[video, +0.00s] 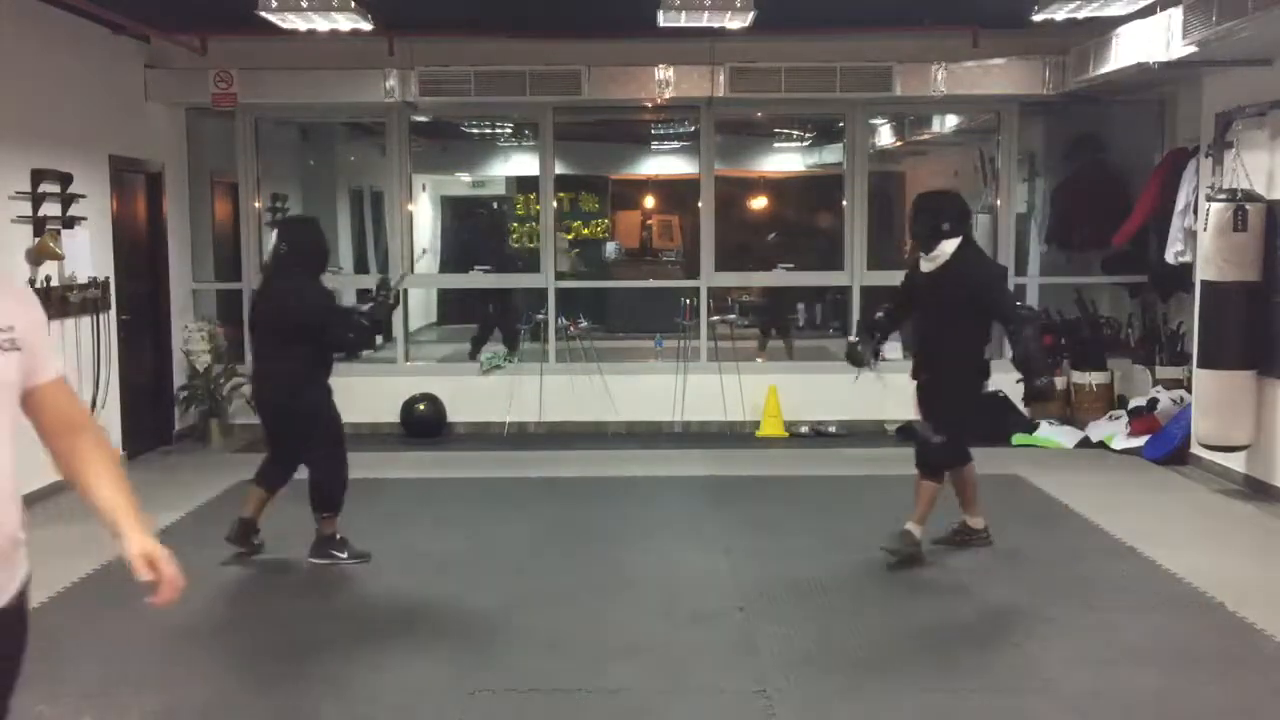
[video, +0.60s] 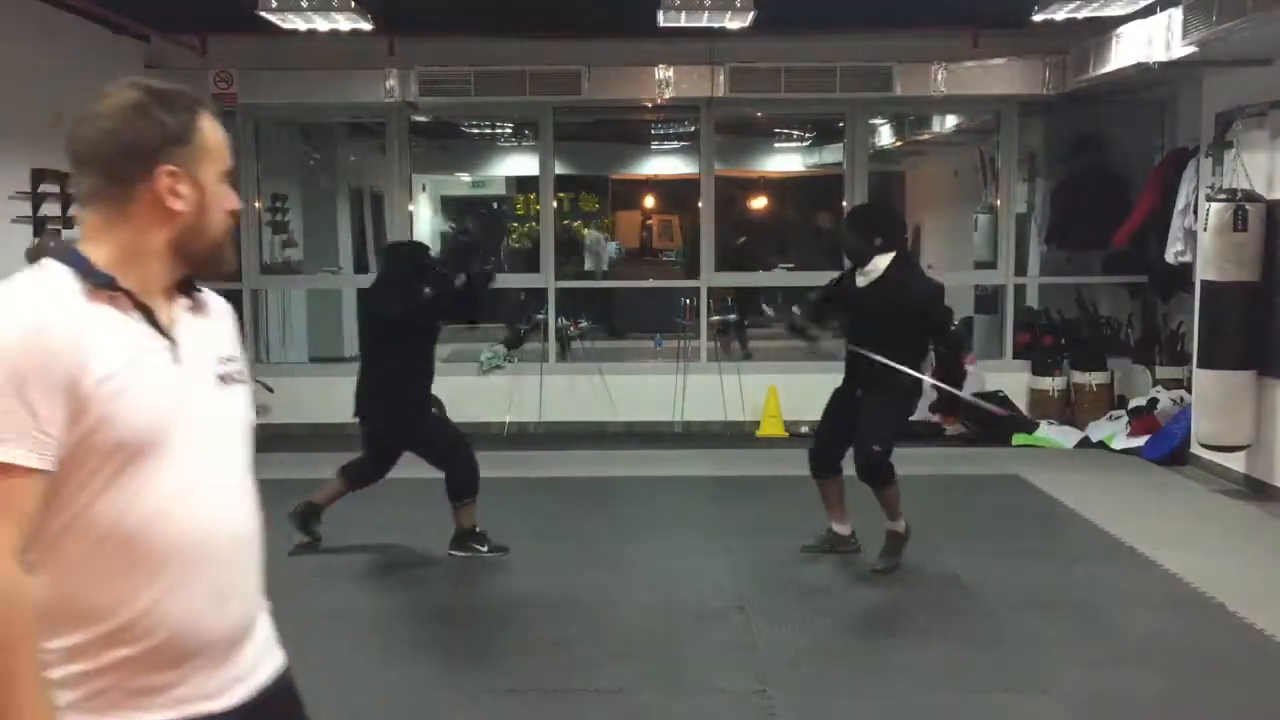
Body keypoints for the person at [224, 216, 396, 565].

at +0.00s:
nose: (325, 253)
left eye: (322, 246)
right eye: (322, 246)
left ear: (283, 249)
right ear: (316, 250)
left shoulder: (267, 288)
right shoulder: (311, 293)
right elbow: (341, 335)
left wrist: (352, 314)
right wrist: (373, 321)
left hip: (268, 389)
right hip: (305, 391)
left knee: (285, 453)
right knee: (329, 458)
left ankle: (245, 523)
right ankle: (327, 539)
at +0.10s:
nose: (341, 253)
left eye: (339, 246)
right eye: (338, 246)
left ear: (300, 248)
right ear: (331, 251)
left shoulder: (283, 289)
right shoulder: (324, 294)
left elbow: (327, 308)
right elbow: (368, 334)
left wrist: (363, 298)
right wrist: (396, 303)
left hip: (282, 388)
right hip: (318, 390)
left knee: (303, 452)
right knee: (341, 457)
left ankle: (275, 519)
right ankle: (329, 538)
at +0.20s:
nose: (357, 258)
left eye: (356, 253)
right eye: (353, 252)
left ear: (316, 250)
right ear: (341, 256)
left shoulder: (298, 280)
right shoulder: (341, 296)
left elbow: (350, 263)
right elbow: (376, 332)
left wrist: (388, 266)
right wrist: (401, 289)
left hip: (294, 391)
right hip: (332, 393)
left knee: (314, 453)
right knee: (372, 453)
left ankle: (287, 530)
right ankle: (342, 525)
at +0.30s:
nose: (369, 270)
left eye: (368, 263)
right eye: (366, 263)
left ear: (332, 256)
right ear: (359, 264)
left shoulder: (312, 286)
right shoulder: (356, 297)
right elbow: (400, 315)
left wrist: (381, 240)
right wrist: (402, 266)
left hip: (309, 393)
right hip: (346, 394)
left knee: (327, 456)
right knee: (397, 446)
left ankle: (290, 530)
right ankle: (386, 527)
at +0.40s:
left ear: (354, 261)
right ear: (380, 268)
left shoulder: (339, 285)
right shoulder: (378, 293)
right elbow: (421, 292)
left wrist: (381, 247)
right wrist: (408, 249)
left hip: (331, 395)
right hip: (366, 397)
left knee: (333, 463)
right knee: (410, 460)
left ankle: (291, 530)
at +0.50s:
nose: (427, 260)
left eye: (428, 254)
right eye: (422, 254)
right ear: (407, 256)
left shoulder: (370, 287)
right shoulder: (393, 292)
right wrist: (428, 282)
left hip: (360, 403)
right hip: (385, 405)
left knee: (350, 467)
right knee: (437, 462)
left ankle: (296, 524)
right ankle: (462, 533)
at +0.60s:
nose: (430, 275)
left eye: (430, 270)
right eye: (426, 270)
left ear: (388, 267)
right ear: (414, 271)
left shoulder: (370, 298)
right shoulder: (417, 301)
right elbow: (466, 311)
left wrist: (422, 396)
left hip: (374, 405)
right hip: (406, 407)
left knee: (375, 463)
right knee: (459, 454)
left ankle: (312, 507)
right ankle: (466, 533)